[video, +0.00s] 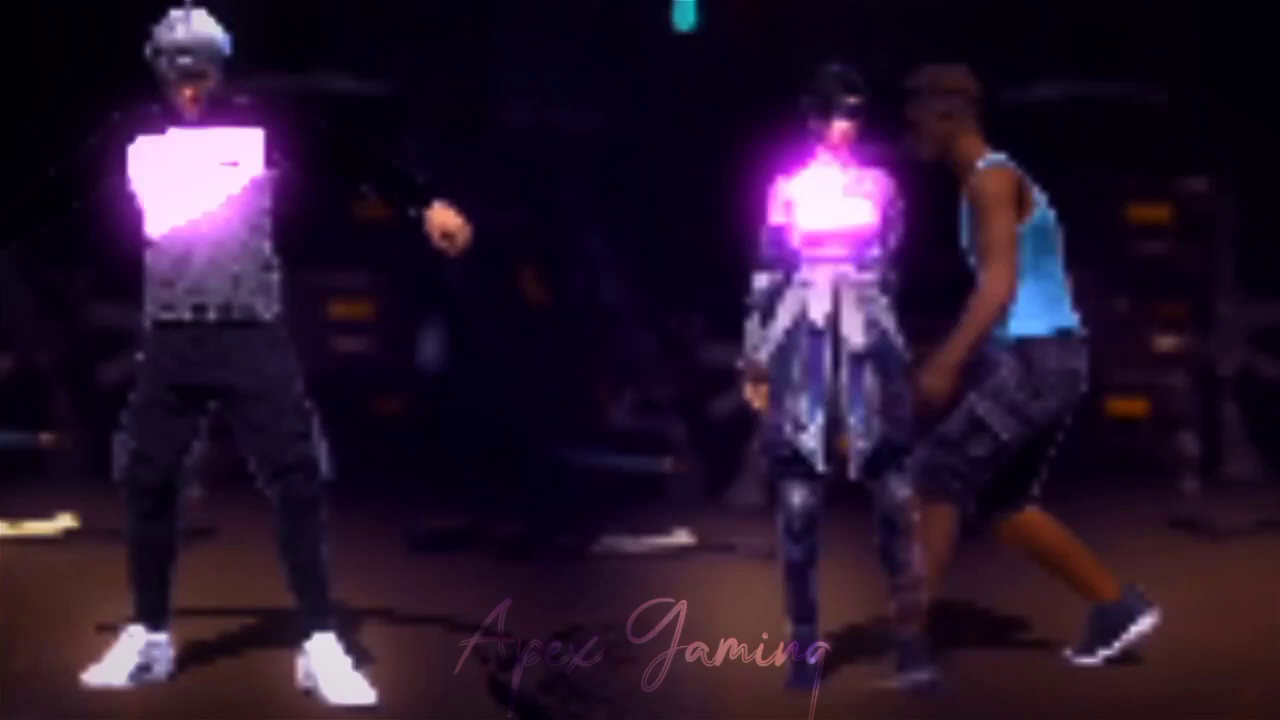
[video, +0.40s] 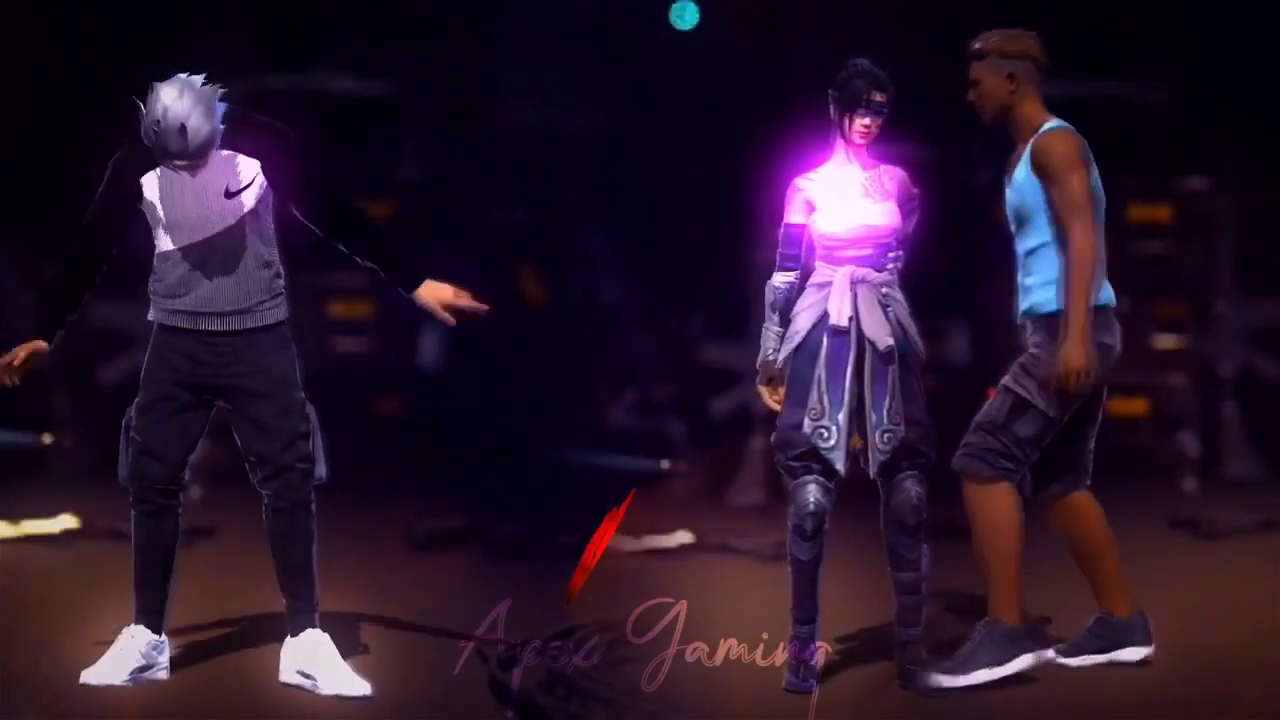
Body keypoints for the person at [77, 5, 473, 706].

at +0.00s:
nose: (190, 89)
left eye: (201, 74)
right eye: (177, 75)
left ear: (224, 71)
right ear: (156, 74)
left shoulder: (265, 127)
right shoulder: (131, 143)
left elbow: (347, 167)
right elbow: (96, 233)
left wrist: (422, 208)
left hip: (253, 336)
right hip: (170, 337)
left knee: (294, 476)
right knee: (147, 478)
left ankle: (320, 638)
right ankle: (149, 634)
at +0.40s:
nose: (193, 166)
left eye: (202, 154)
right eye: (180, 158)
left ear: (219, 129)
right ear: (156, 139)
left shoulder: (265, 154)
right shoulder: (134, 170)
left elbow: (333, 227)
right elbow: (90, 256)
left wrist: (414, 284)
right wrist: (48, 337)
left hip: (261, 345)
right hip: (176, 347)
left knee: (290, 484)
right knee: (151, 483)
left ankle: (305, 638)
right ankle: (147, 636)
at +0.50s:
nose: (204, 157)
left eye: (213, 146)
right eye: (192, 149)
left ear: (234, 120)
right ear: (171, 131)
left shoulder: (283, 150)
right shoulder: (152, 163)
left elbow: (310, 244)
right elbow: (146, 257)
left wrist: (324, 340)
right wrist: (167, 343)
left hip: (273, 342)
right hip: (186, 344)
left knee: (295, 484)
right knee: (156, 482)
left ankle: (304, 636)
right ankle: (148, 634)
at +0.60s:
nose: (219, 143)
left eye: (233, 133)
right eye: (210, 133)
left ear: (259, 116)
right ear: (193, 117)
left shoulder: (296, 143)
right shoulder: (174, 147)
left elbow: (292, 242)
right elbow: (198, 234)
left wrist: (238, 328)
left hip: (271, 318)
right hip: (192, 319)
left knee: (299, 472)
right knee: (162, 472)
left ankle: (306, 636)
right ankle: (146, 633)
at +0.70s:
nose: (238, 130)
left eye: (252, 121)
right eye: (229, 118)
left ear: (277, 107)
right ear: (213, 101)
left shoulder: (314, 148)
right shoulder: (187, 135)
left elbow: (287, 242)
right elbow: (228, 210)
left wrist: (205, 284)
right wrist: (327, 223)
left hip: (280, 335)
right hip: (199, 334)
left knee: (303, 478)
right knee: (167, 479)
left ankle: (305, 638)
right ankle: (145, 632)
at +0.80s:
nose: (257, 117)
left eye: (273, 107)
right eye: (248, 103)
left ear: (298, 98)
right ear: (232, 86)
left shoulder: (322, 145)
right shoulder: (194, 126)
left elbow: (297, 226)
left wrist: (205, 246)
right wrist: (341, 172)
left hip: (286, 337)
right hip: (204, 333)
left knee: (308, 480)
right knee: (169, 480)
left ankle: (305, 638)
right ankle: (144, 631)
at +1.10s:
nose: (328, 110)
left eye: (342, 99)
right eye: (320, 93)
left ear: (357, 93)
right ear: (296, 72)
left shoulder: (358, 143)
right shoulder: (231, 116)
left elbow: (366, 235)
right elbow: (231, 175)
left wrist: (344, 261)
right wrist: (330, 165)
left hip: (309, 332)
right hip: (227, 325)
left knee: (323, 480)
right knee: (177, 474)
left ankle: (305, 638)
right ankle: (138, 626)